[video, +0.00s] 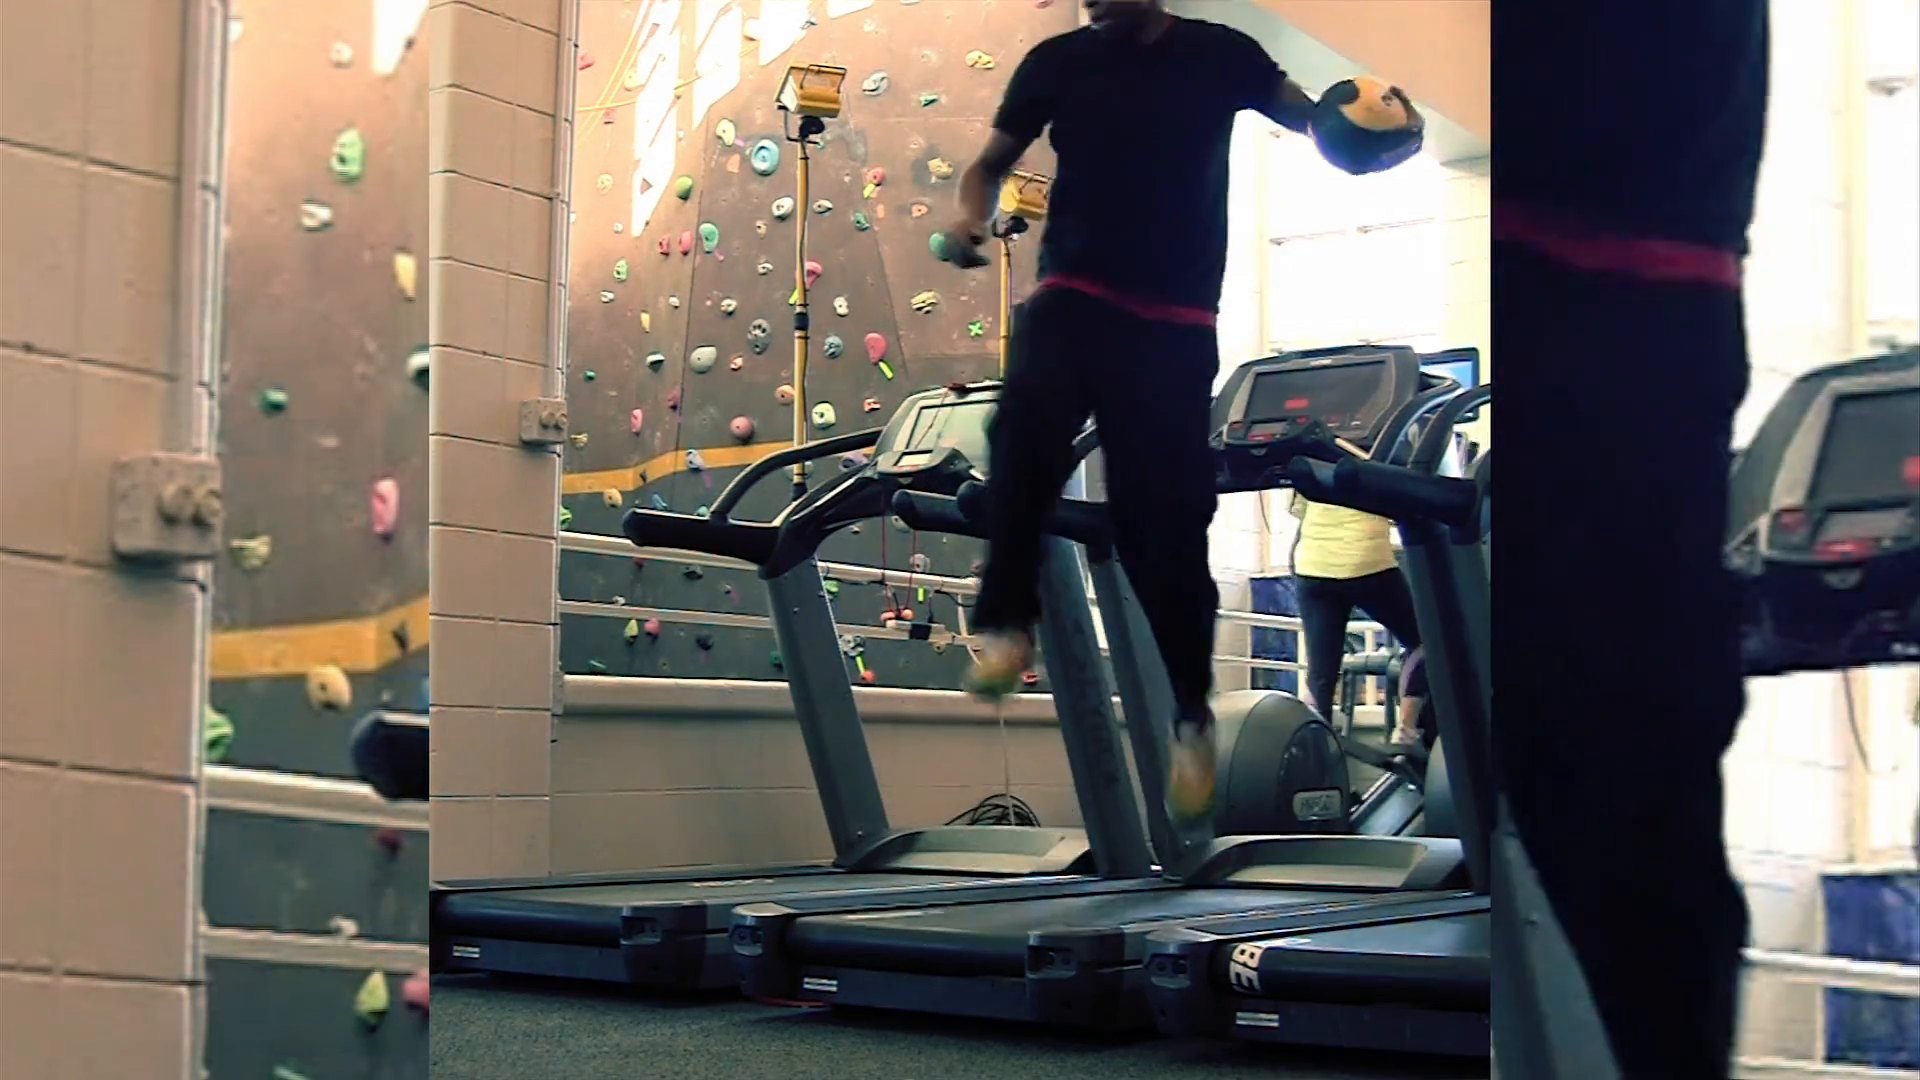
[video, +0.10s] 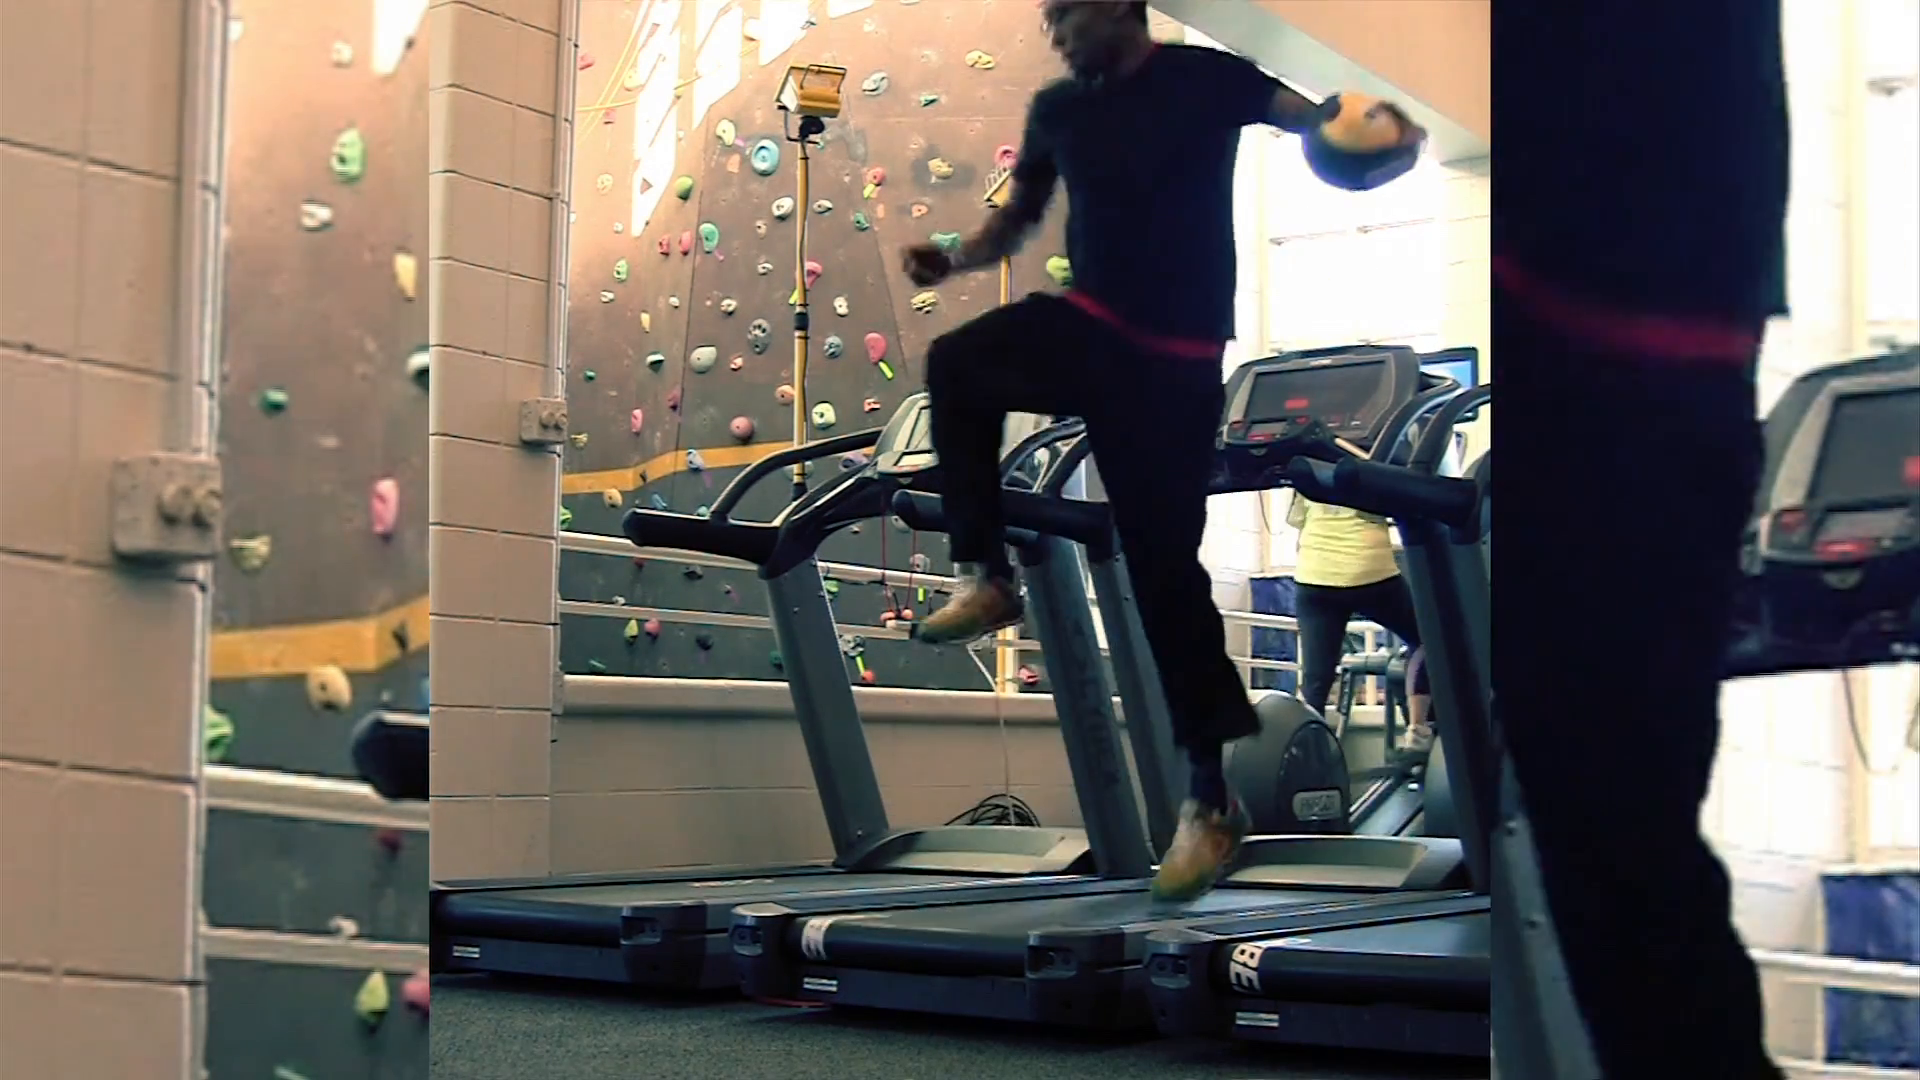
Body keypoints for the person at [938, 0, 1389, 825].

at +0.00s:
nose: (1107, 4)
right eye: (1097, 0)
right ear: (1090, 3)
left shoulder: (1222, 52)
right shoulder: (1057, 60)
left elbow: (1318, 122)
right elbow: (988, 165)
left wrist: (1370, 115)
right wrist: (970, 221)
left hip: (1174, 329)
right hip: (1071, 309)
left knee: (1167, 531)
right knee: (1023, 433)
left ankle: (1192, 718)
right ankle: (1004, 626)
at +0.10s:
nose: (1054, 29)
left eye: (1068, 11)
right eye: (1048, 17)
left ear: (1124, 7)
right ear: (1054, 26)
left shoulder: (1207, 76)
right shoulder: (1057, 107)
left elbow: (1317, 117)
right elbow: (1010, 222)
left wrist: (1374, 123)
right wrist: (951, 257)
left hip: (1173, 359)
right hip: (1081, 331)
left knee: (1164, 569)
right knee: (958, 364)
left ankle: (1209, 803)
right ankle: (986, 577)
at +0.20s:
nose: (1039, 96)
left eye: (1050, 76)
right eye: (1037, 80)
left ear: (1103, 68)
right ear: (1087, 75)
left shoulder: (1198, 140)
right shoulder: (1072, 177)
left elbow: (1301, 195)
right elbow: (1072, 288)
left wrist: (1351, 217)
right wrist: (982, 327)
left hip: (1167, 423)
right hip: (1080, 402)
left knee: (1147, 632)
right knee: (933, 481)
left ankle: (1184, 853)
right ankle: (1026, 658)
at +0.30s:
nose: (1029, 128)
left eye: (1039, 107)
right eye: (1028, 111)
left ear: (1085, 102)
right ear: (1081, 108)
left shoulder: (1181, 183)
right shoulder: (1088, 214)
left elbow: (1263, 271)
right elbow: (1102, 351)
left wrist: (1299, 329)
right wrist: (1023, 391)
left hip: (1161, 455)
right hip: (1084, 455)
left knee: (1102, 650)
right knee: (1001, 644)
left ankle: (1139, 871)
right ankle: (1127, 776)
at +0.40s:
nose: (1023, 126)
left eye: (1032, 107)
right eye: (1025, 110)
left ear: (1073, 104)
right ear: (1082, 108)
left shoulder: (1141, 193)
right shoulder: (1111, 199)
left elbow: (1190, 332)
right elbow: (1128, 337)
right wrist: (1076, 411)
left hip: (1136, 460)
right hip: (1111, 455)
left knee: (1057, 644)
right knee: (1106, 651)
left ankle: (1088, 875)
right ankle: (1205, 837)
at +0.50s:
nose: (1032, 128)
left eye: (1037, 109)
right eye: (1031, 112)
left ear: (1073, 100)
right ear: (1117, 103)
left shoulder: (1094, 190)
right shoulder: (1190, 191)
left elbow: (1065, 342)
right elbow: (1252, 316)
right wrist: (1181, 371)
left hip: (1111, 448)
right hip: (1193, 447)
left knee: (1048, 628)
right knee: (1182, 631)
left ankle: (1034, 859)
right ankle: (1214, 845)